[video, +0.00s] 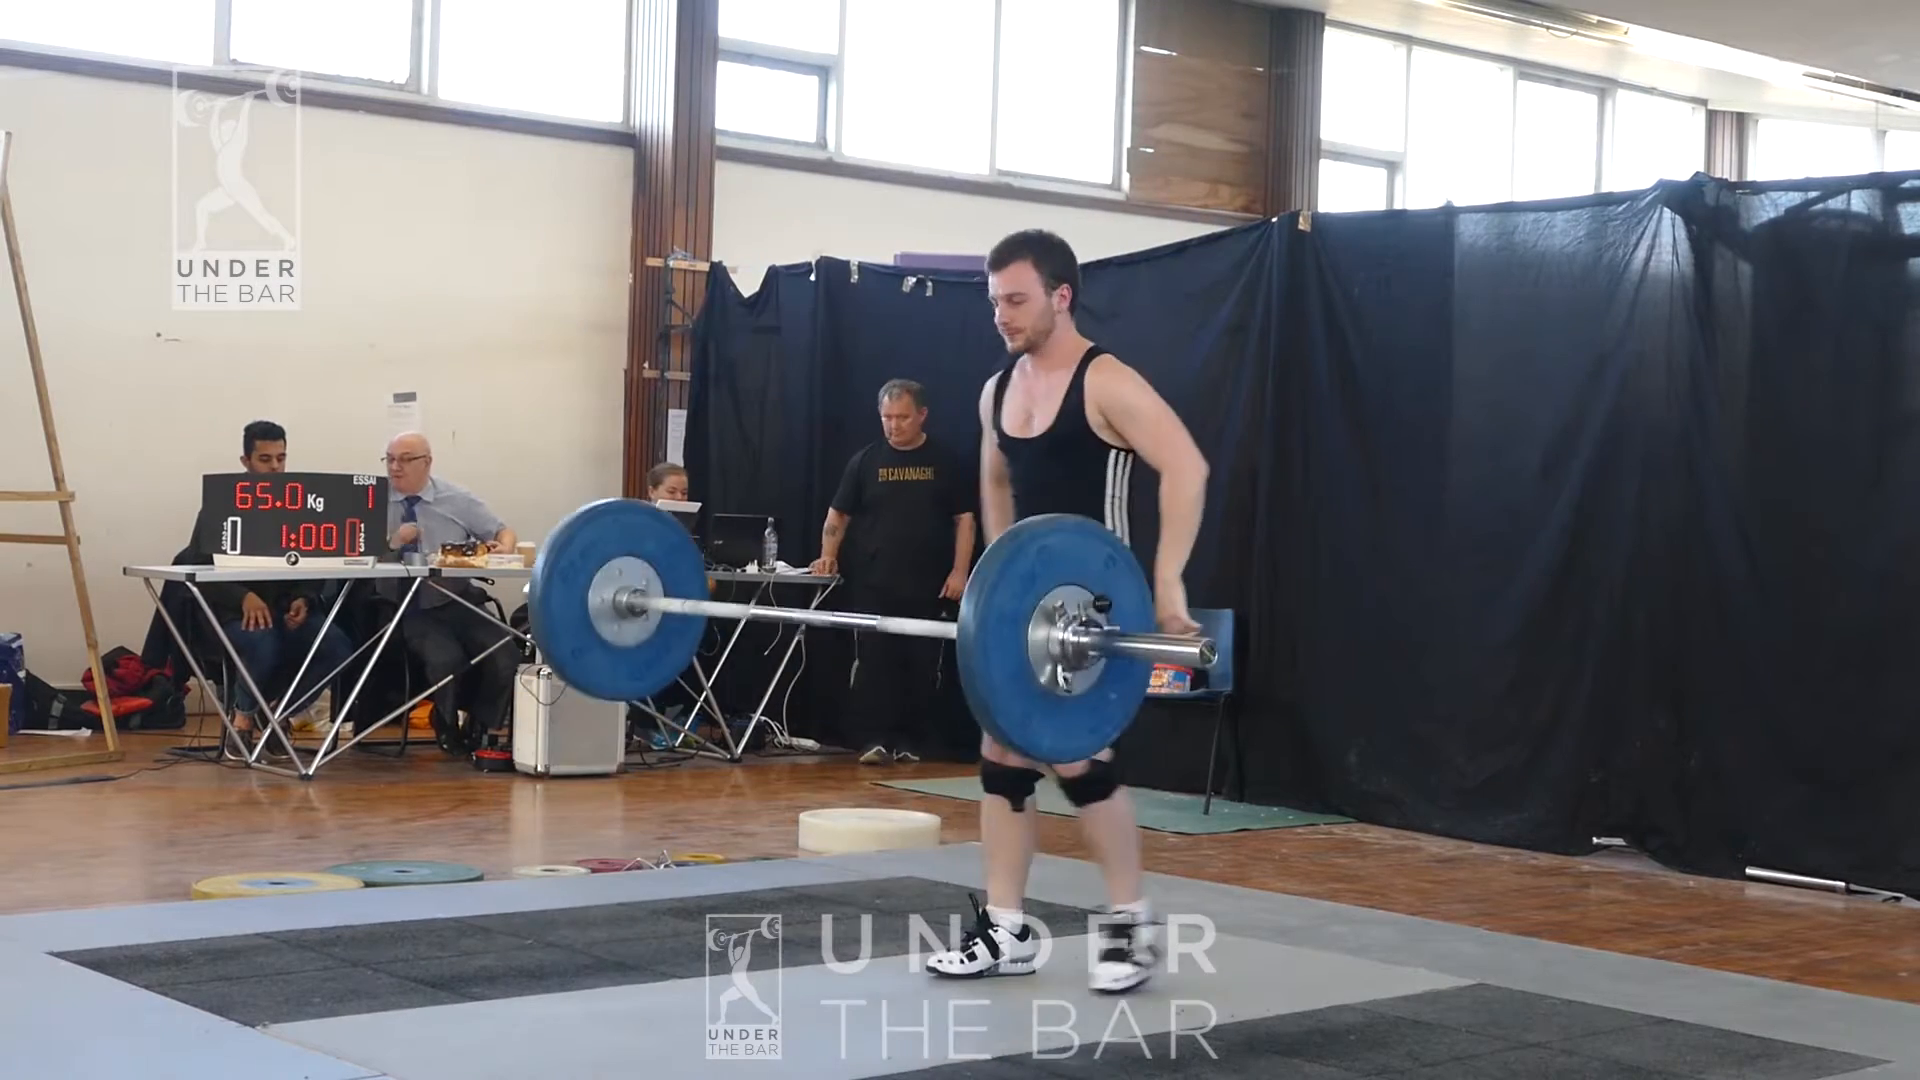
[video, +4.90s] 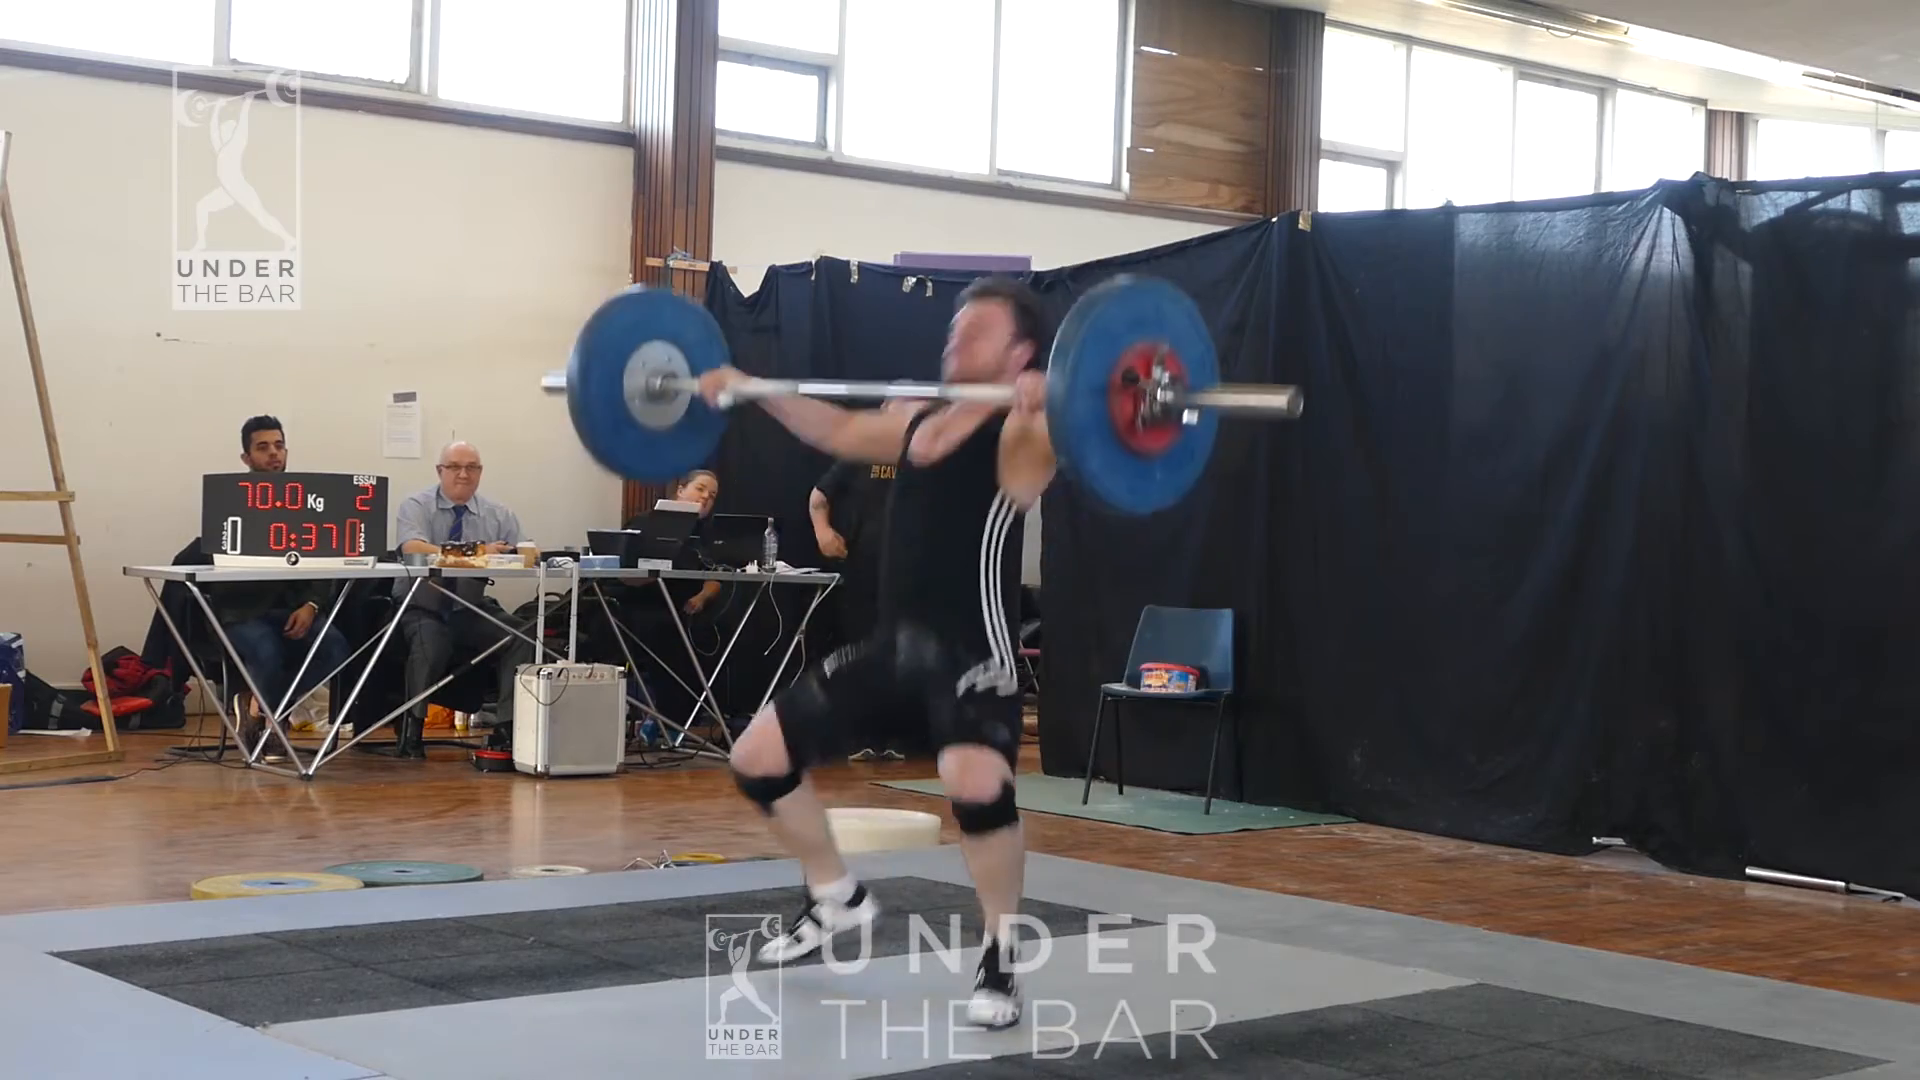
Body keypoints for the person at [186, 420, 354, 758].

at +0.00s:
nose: (275, 466)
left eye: (280, 458)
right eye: (265, 459)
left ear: (286, 458)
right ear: (246, 460)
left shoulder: (298, 499)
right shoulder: (224, 502)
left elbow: (319, 557)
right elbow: (201, 567)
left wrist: (305, 598)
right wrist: (243, 596)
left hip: (287, 607)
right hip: (237, 609)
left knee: (336, 645)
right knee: (263, 643)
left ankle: (278, 719)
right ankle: (242, 719)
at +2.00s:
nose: (272, 454)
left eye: (277, 446)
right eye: (261, 447)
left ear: (284, 451)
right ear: (244, 457)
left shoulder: (302, 497)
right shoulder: (233, 499)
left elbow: (328, 558)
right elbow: (214, 555)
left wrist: (312, 604)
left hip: (293, 608)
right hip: (244, 609)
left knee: (333, 648)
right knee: (267, 649)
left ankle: (255, 707)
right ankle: (273, 730)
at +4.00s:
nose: (273, 454)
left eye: (278, 446)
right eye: (263, 448)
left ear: (286, 451)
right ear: (246, 458)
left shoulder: (303, 497)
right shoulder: (234, 500)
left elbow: (326, 557)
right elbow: (222, 560)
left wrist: (312, 604)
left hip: (294, 607)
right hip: (245, 610)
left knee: (335, 648)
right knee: (268, 651)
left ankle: (256, 708)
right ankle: (273, 733)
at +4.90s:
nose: (274, 454)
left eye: (279, 446)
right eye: (263, 447)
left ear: (286, 451)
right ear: (247, 457)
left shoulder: (303, 497)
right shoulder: (233, 498)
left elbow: (327, 557)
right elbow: (219, 558)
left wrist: (312, 605)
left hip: (293, 606)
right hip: (244, 608)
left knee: (334, 648)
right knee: (267, 653)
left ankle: (255, 706)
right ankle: (272, 728)